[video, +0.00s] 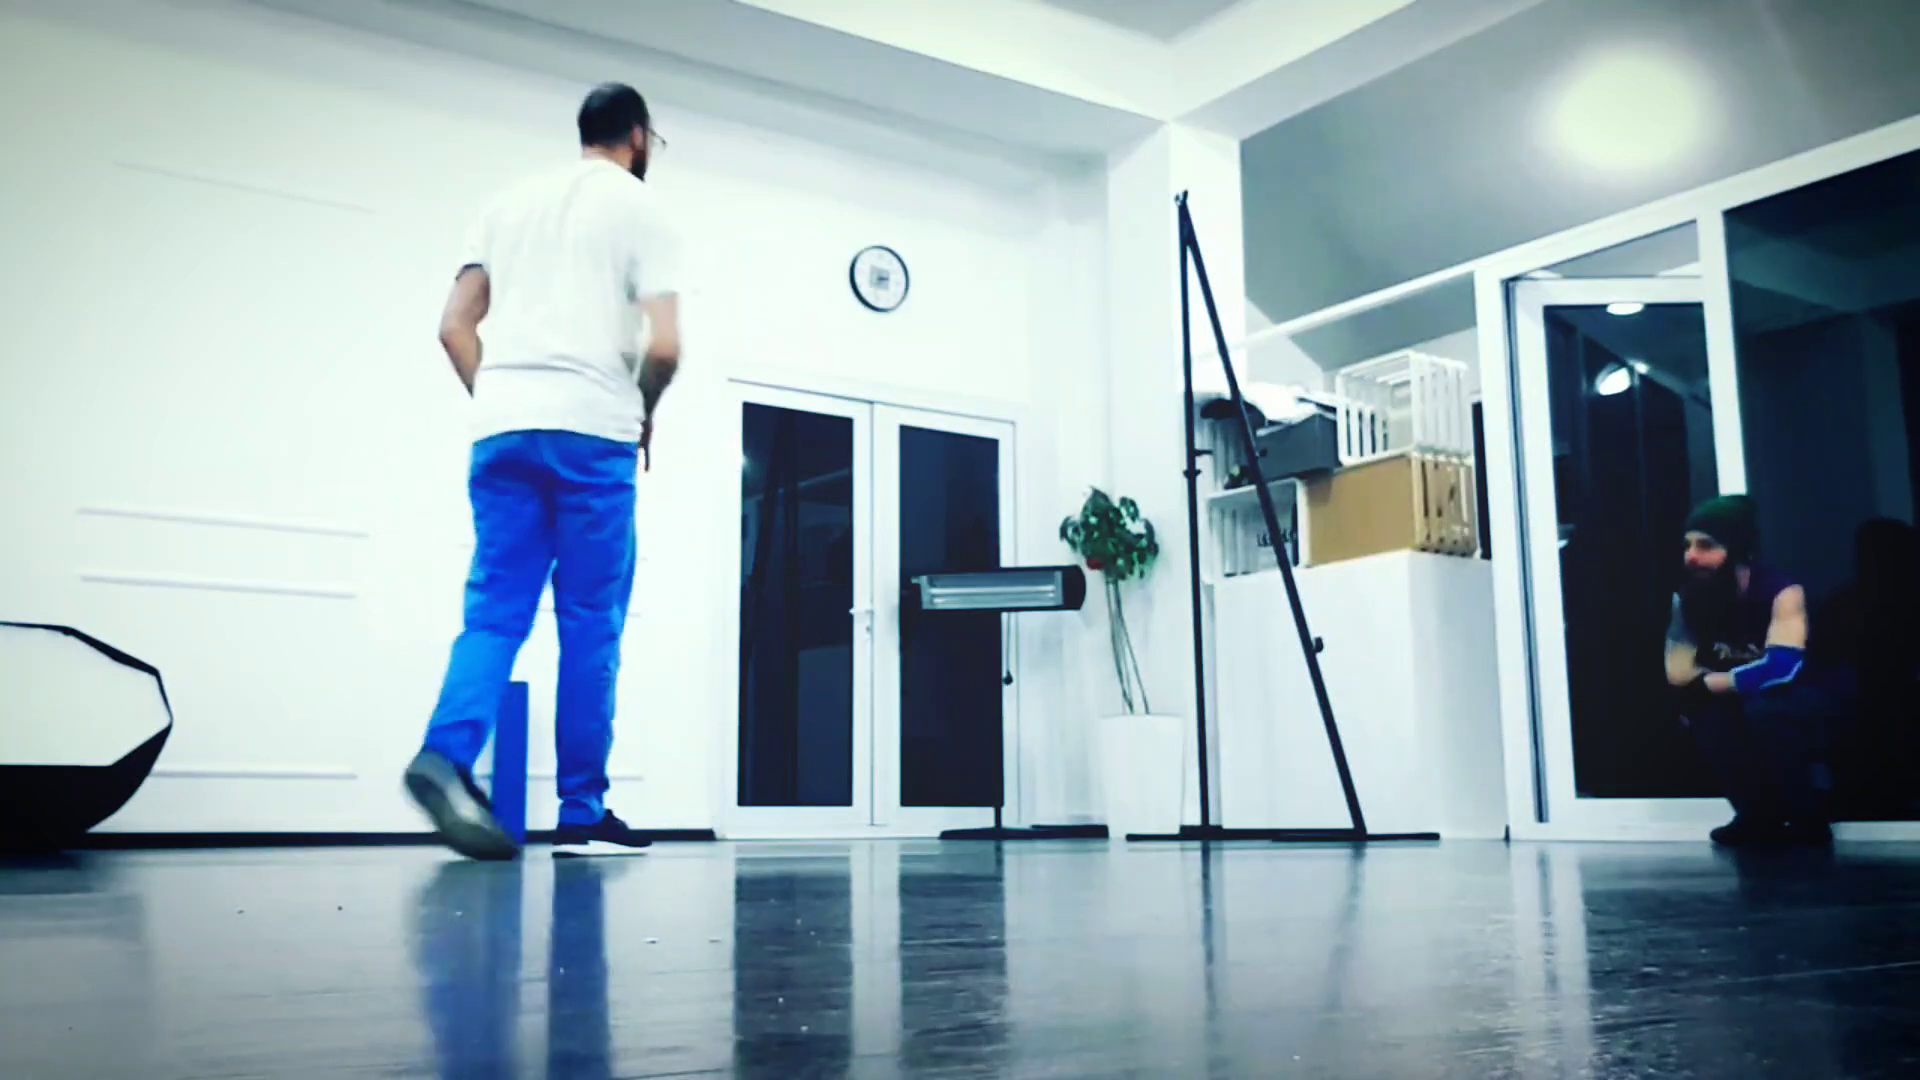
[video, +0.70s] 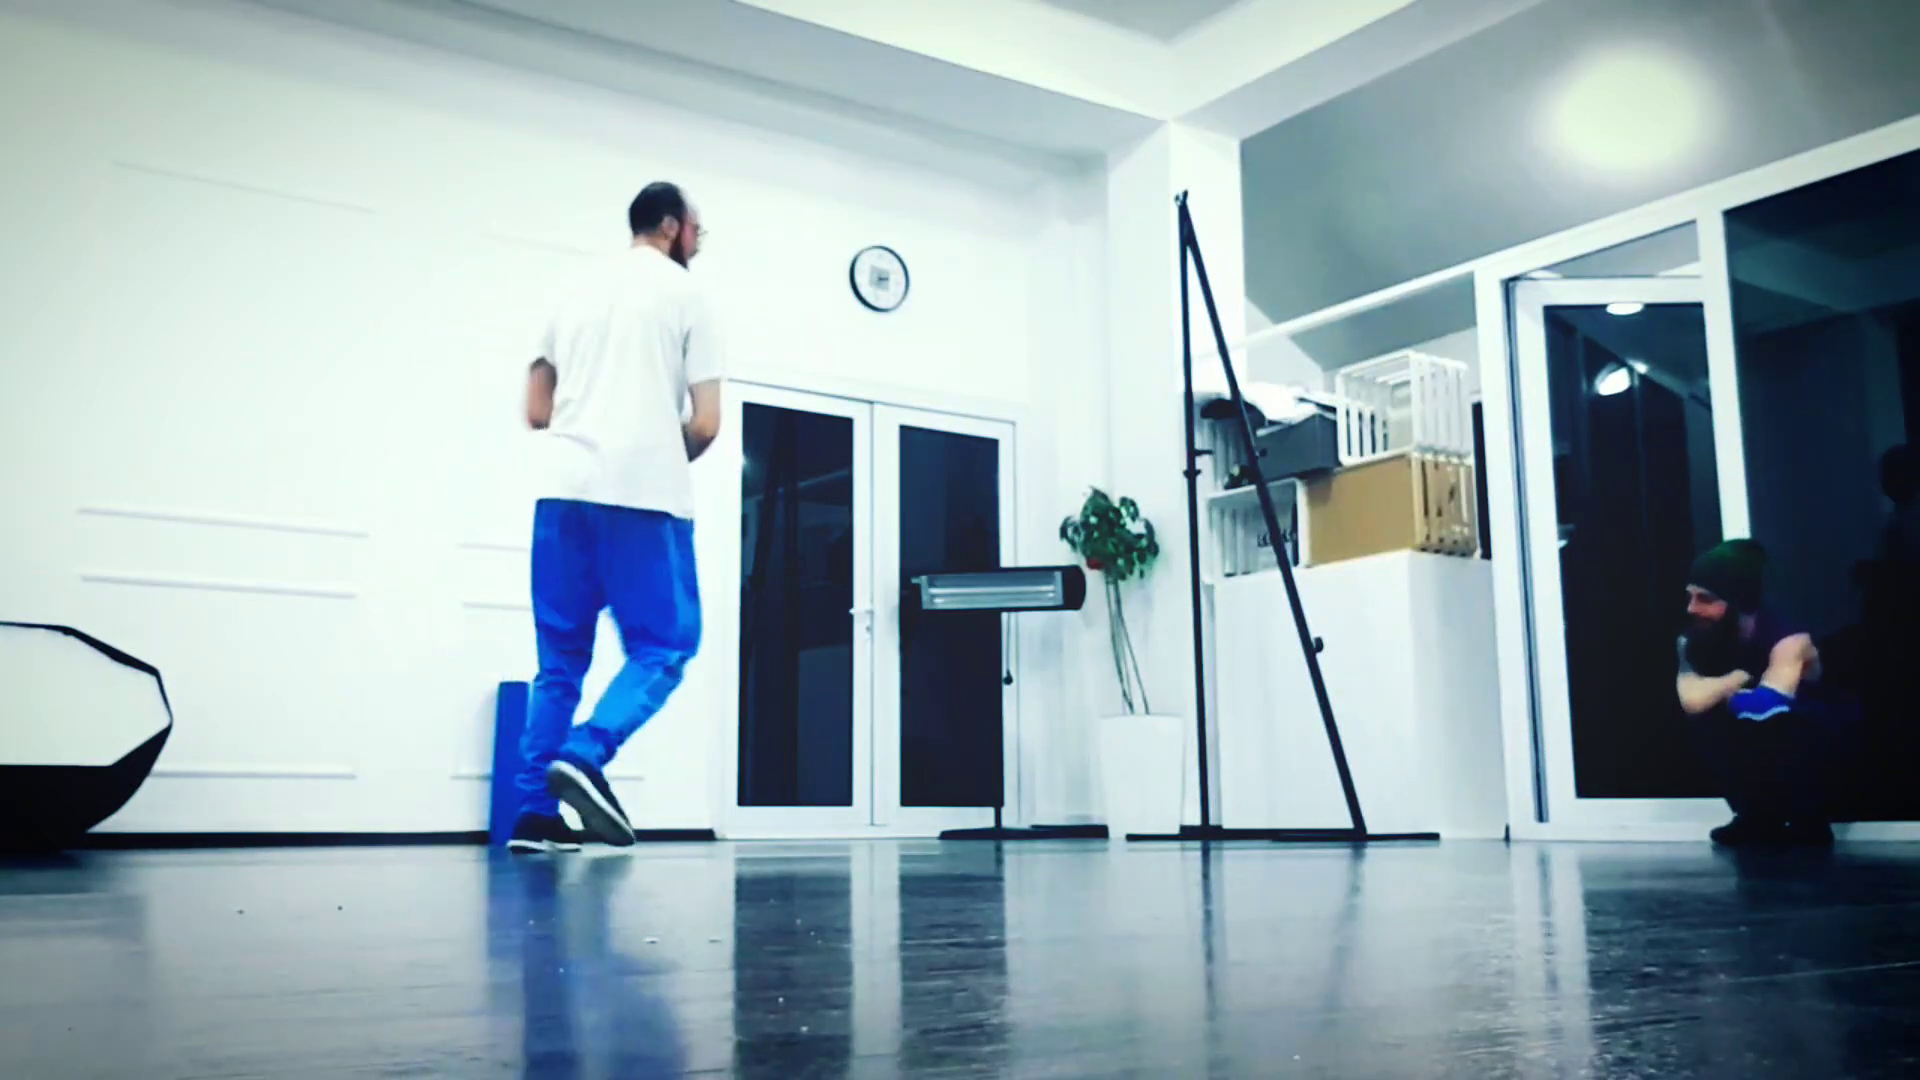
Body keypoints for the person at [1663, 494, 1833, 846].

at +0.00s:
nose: (1691, 556)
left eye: (1705, 546)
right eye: (1688, 545)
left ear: (1735, 548)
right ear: (1684, 546)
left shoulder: (1782, 593)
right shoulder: (1688, 599)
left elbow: (1782, 667)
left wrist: (1705, 682)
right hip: (1735, 706)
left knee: (1764, 708)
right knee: (1701, 710)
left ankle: (1803, 820)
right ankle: (1753, 815)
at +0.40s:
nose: (1703, 589)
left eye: (1717, 580)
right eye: (1701, 578)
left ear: (1746, 583)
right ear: (1697, 579)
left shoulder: (1792, 624)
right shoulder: (1698, 621)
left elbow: (1775, 684)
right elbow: (1687, 667)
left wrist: (1713, 682)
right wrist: (1755, 666)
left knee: (1769, 711)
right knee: (1707, 714)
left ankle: (1807, 823)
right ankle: (1755, 818)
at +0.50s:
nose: (1702, 596)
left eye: (1715, 587)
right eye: (1699, 586)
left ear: (1746, 589)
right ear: (1694, 586)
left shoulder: (1792, 625)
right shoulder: (1697, 630)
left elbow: (1788, 656)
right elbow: (1693, 676)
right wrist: (1753, 667)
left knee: (1771, 708)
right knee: (1703, 708)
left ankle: (1807, 823)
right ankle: (1753, 817)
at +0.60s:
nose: (1696, 604)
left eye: (1710, 595)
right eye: (1694, 592)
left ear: (1741, 598)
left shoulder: (1788, 632)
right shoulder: (1694, 638)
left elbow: (1785, 668)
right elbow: (1691, 689)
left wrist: (1769, 684)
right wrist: (1737, 674)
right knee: (1708, 717)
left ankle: (1807, 823)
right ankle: (1756, 818)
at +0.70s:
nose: (1692, 609)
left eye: (1705, 600)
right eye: (1690, 598)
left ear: (1737, 602)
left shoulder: (1787, 637)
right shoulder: (1693, 642)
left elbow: (1771, 700)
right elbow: (1692, 699)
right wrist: (1736, 679)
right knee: (1709, 723)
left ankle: (1808, 823)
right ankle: (1755, 818)